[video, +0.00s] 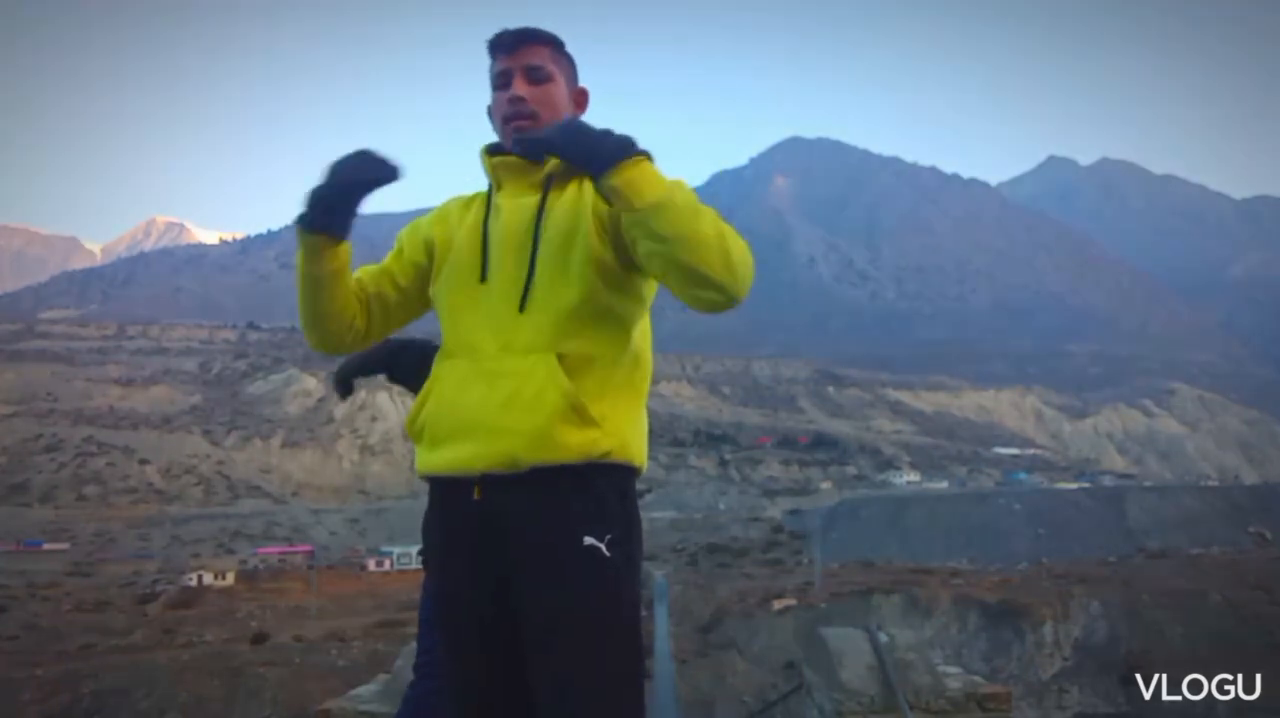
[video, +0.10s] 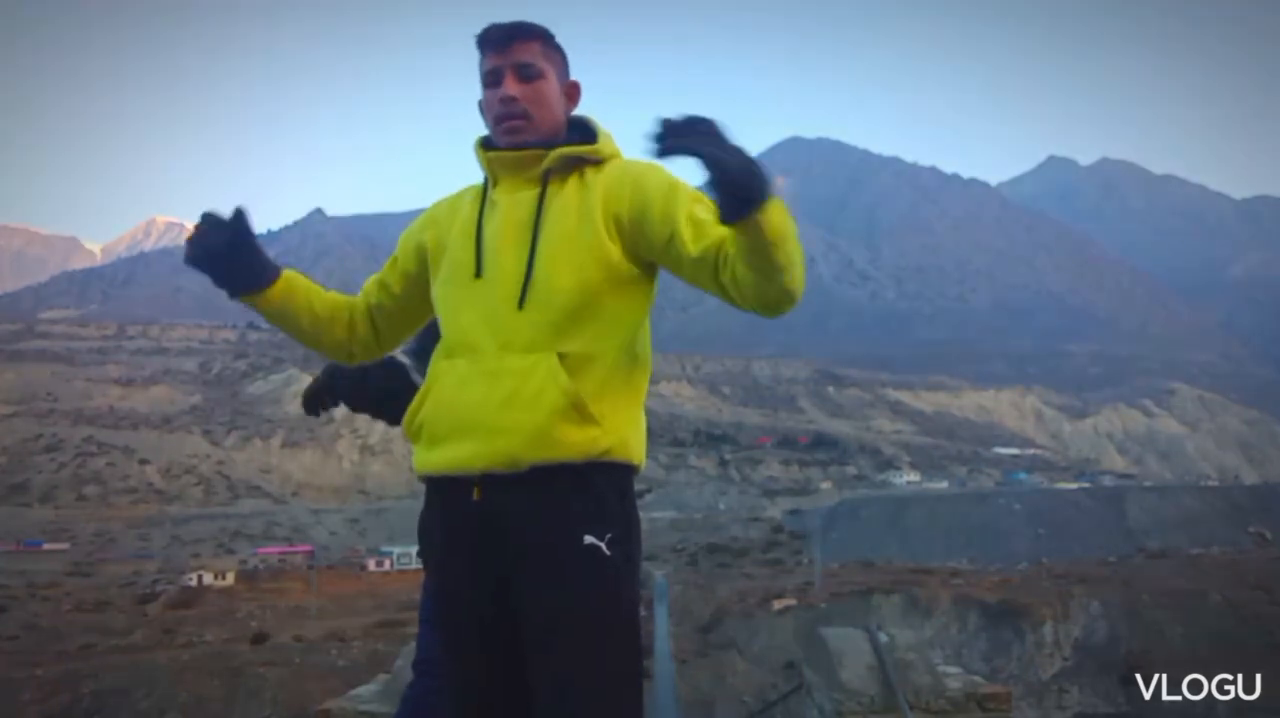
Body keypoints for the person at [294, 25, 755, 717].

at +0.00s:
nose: (516, 92)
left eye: (537, 77)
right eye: (502, 82)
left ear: (577, 98)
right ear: (489, 106)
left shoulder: (611, 196)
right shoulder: (449, 223)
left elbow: (725, 283)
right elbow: (337, 328)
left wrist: (622, 167)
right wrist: (325, 227)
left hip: (579, 498)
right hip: (460, 501)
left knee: (589, 697)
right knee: (458, 695)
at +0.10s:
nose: (507, 92)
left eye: (527, 75)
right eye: (492, 81)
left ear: (569, 92)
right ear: (480, 103)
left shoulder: (623, 187)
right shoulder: (445, 222)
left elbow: (767, 288)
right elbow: (357, 330)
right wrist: (257, 277)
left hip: (579, 494)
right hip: (458, 501)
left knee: (586, 698)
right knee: (461, 697)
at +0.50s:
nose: (506, 104)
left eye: (526, 85)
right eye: (491, 90)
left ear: (568, 93)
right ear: (478, 103)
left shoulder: (619, 183)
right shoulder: (451, 225)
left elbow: (761, 296)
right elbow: (368, 344)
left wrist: (724, 236)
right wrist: (261, 314)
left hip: (577, 486)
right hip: (462, 495)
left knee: (583, 697)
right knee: (476, 694)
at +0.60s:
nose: (520, 115)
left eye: (539, 97)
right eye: (505, 102)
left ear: (579, 102)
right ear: (493, 113)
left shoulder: (619, 183)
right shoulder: (463, 231)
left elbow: (669, 279)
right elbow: (364, 334)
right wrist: (298, 305)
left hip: (579, 492)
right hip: (466, 498)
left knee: (586, 695)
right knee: (477, 692)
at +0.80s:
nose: (518, 113)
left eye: (537, 94)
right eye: (503, 100)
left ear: (580, 97)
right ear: (492, 110)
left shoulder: (617, 177)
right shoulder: (476, 227)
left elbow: (671, 280)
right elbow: (381, 341)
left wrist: (525, 255)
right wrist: (294, 321)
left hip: (589, 489)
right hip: (474, 497)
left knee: (597, 696)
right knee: (495, 697)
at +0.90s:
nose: (493, 105)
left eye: (510, 85)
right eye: (483, 92)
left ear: (562, 83)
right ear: (475, 101)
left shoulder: (614, 168)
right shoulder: (471, 232)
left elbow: (752, 272)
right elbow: (424, 364)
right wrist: (311, 348)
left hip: (592, 482)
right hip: (478, 494)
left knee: (593, 692)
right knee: (501, 695)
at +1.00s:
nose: (467, 102)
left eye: (481, 78)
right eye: (465, 85)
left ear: (544, 70)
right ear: (526, 78)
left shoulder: (616, 152)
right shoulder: (491, 214)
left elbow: (735, 233)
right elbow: (495, 370)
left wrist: (782, 265)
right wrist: (390, 368)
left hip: (594, 479)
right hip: (497, 488)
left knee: (588, 696)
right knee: (504, 697)